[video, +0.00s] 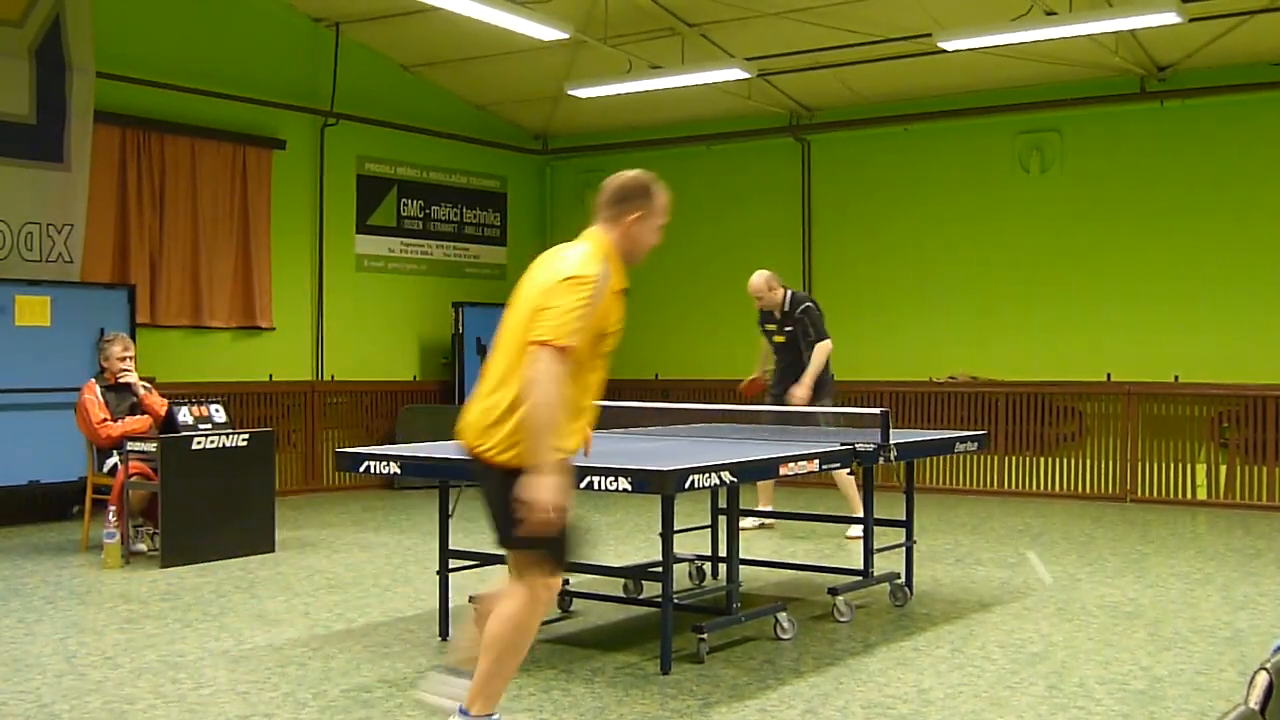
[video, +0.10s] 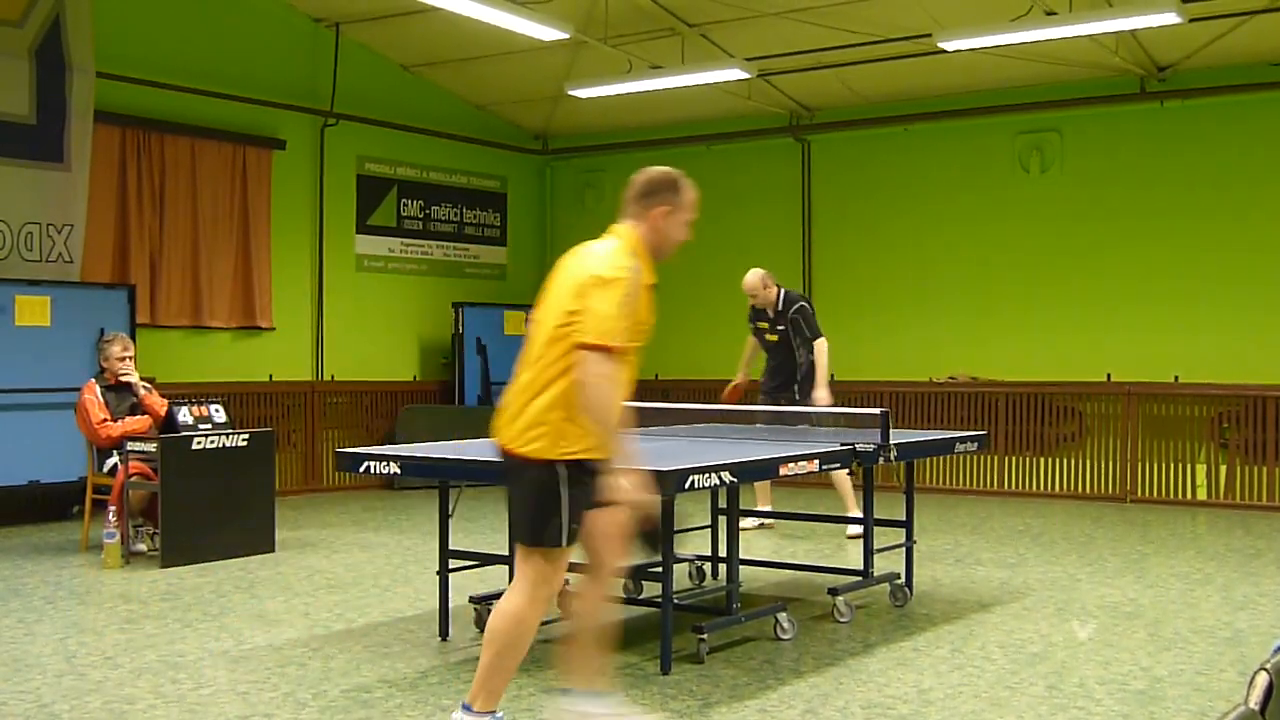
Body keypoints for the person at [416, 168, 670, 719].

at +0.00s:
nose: (659, 238)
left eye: (661, 226)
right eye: (658, 224)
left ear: (615, 215)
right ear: (632, 218)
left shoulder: (571, 258)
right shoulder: (588, 269)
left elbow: (535, 352)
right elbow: (548, 360)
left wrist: (560, 437)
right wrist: (546, 466)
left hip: (507, 440)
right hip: (520, 447)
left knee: (531, 576)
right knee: (537, 584)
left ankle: (457, 669)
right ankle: (477, 709)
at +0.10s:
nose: (689, 233)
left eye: (690, 220)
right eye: (686, 219)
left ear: (647, 212)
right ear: (658, 213)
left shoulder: (593, 256)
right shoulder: (618, 266)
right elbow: (597, 371)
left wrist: (621, 445)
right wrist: (625, 464)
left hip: (575, 439)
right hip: (548, 440)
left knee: (610, 556)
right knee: (537, 579)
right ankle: (477, 710)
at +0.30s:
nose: (765, 240)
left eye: (768, 229)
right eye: (763, 227)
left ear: (724, 219)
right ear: (737, 220)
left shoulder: (682, 269)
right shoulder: (698, 273)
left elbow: (629, 355)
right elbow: (708, 372)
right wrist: (786, 438)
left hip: (676, 457)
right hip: (642, 456)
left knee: (730, 566)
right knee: (614, 582)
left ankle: (739, 705)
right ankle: (506, 695)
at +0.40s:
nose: (815, 231)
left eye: (817, 219)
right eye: (813, 217)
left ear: (780, 207)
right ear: (786, 208)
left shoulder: (755, 259)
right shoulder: (748, 259)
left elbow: (737, 358)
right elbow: (754, 353)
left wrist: (769, 419)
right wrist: (829, 423)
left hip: (744, 446)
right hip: (717, 446)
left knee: (769, 562)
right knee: (742, 572)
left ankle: (743, 703)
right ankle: (606, 669)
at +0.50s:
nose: (847, 222)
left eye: (849, 210)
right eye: (844, 208)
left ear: (811, 198)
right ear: (815, 198)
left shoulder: (784, 250)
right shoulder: (780, 249)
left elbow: (784, 345)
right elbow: (780, 342)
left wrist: (825, 417)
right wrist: (844, 419)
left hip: (755, 436)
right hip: (762, 437)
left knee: (768, 569)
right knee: (809, 563)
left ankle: (743, 700)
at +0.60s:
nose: (900, 220)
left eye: (902, 208)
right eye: (895, 206)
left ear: (855, 200)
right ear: (865, 199)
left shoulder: (816, 250)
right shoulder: (839, 249)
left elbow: (815, 351)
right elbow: (821, 340)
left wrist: (884, 391)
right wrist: (867, 433)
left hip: (784, 436)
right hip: (819, 440)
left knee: (776, 566)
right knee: (880, 562)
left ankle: (744, 699)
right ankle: (875, 702)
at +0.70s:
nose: (942, 230)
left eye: (944, 218)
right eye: (938, 216)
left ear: (905, 208)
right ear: (907, 206)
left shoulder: (864, 256)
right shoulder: (880, 259)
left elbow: (860, 356)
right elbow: (858, 350)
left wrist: (931, 392)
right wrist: (885, 445)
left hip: (819, 445)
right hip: (855, 451)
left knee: (795, 566)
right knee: (919, 569)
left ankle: (747, 697)